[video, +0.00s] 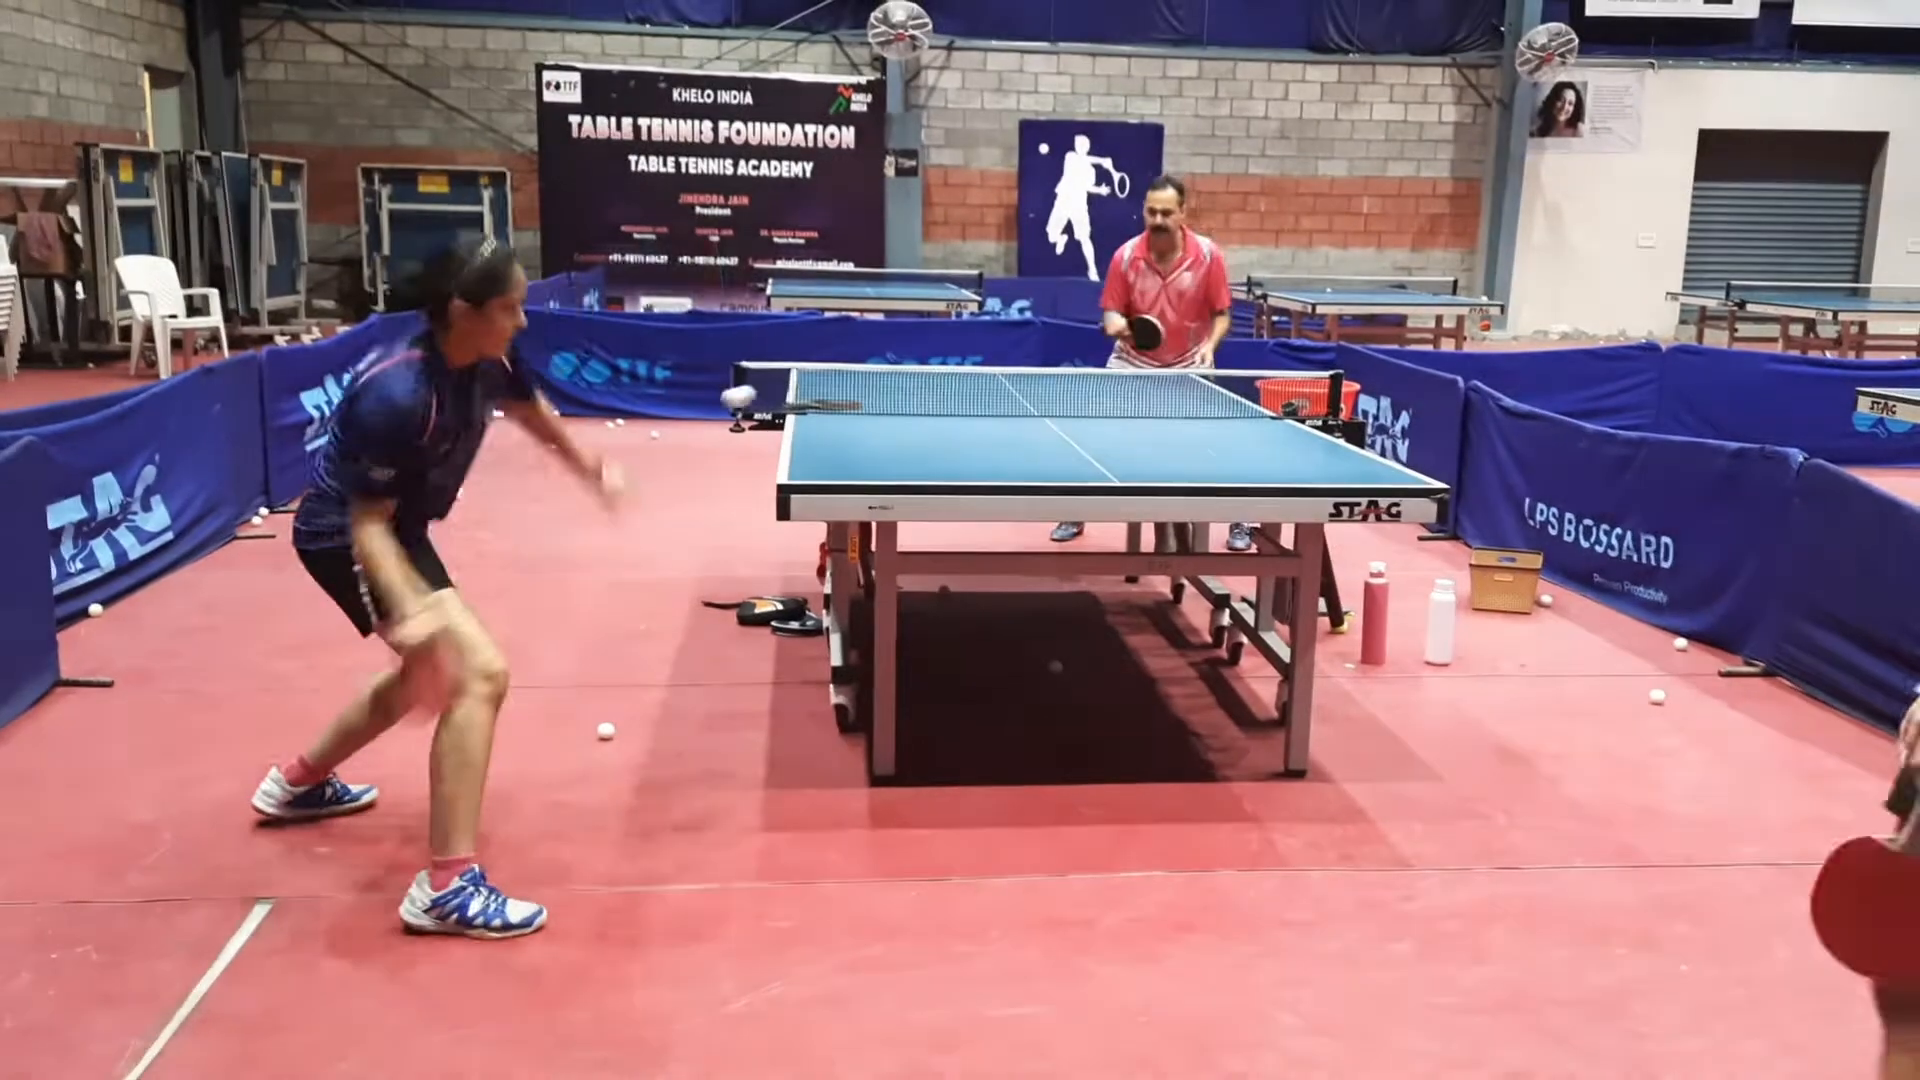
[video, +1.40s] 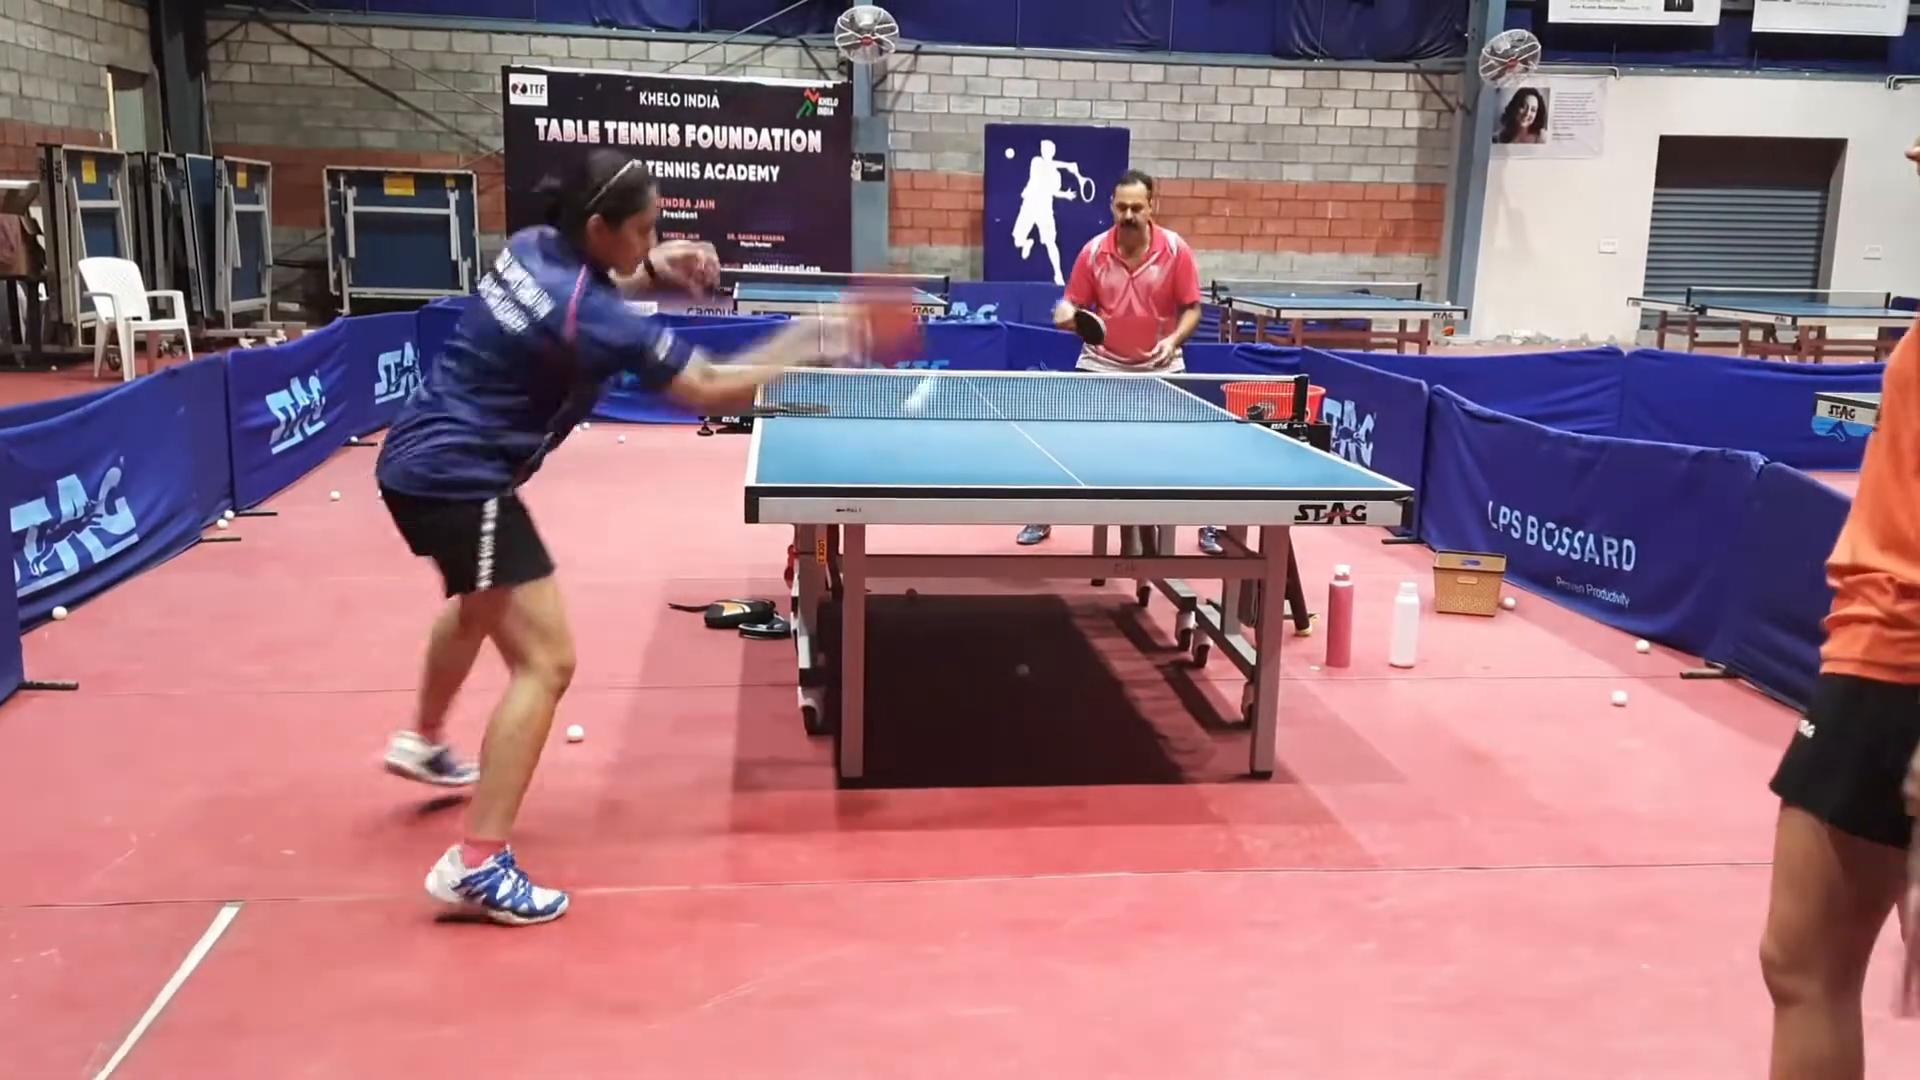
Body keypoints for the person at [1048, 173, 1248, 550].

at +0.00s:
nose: (1158, 221)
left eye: (1167, 213)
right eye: (1152, 213)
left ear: (1183, 214)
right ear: (1143, 213)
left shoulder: (1208, 255)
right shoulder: (1127, 255)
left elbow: (1223, 313)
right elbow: (1111, 313)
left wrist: (1210, 344)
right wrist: (1119, 327)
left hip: (1190, 367)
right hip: (1130, 364)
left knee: (1218, 435)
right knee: (1092, 428)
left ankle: (1239, 518)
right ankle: (1073, 512)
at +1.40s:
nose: (1129, 216)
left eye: (1137, 208)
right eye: (1122, 208)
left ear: (1152, 207)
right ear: (1112, 208)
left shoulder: (1175, 250)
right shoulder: (1094, 252)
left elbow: (1193, 308)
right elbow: (1071, 306)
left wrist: (1173, 339)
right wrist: (1071, 318)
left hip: (1160, 367)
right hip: (1099, 364)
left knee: (1189, 438)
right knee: (1062, 432)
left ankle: (1211, 521)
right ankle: (1039, 515)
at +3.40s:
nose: (1116, 175)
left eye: (1124, 168)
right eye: (1109, 167)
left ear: (1137, 173)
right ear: (1099, 171)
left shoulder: (1158, 225)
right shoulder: (1078, 223)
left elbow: (1164, 287)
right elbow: (1061, 287)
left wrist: (1142, 335)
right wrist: (1069, 289)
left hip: (1133, 347)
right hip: (1075, 344)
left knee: (1146, 434)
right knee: (1038, 418)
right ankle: (1013, 502)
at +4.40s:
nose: (1106, 192)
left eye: (1115, 184)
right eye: (1100, 183)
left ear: (1131, 187)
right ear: (1092, 184)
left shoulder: (1153, 233)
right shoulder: (1071, 231)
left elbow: (1166, 296)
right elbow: (1055, 289)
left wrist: (1133, 329)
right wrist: (1042, 294)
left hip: (1129, 351)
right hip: (1069, 344)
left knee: (1159, 423)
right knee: (1032, 413)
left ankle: (1174, 508)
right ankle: (1016, 498)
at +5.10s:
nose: (1110, 205)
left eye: (1117, 197)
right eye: (1102, 197)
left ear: (1125, 193)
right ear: (1083, 190)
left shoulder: (1138, 231)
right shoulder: (1052, 231)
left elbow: (1167, 281)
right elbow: (1029, 283)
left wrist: (1181, 313)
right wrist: (1027, 305)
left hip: (1117, 348)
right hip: (1054, 346)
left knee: (1134, 429)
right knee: (1024, 419)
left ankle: (1152, 522)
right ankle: (999, 509)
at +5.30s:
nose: (1142, 220)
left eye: (1151, 213)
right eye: (1135, 210)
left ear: (1163, 210)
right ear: (1122, 202)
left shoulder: (1173, 248)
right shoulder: (1093, 234)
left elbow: (1197, 305)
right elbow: (1067, 283)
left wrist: (1216, 351)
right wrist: (1057, 304)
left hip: (1146, 351)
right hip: (1090, 347)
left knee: (1152, 437)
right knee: (1051, 423)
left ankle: (1154, 529)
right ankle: (1015, 511)